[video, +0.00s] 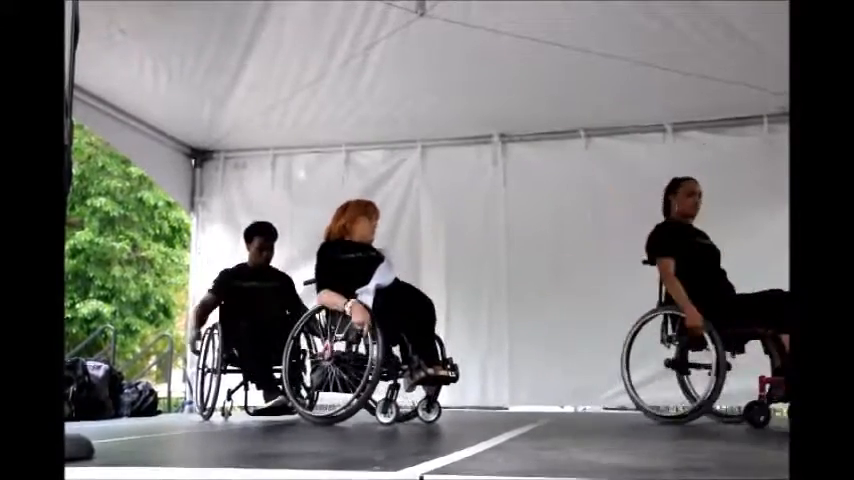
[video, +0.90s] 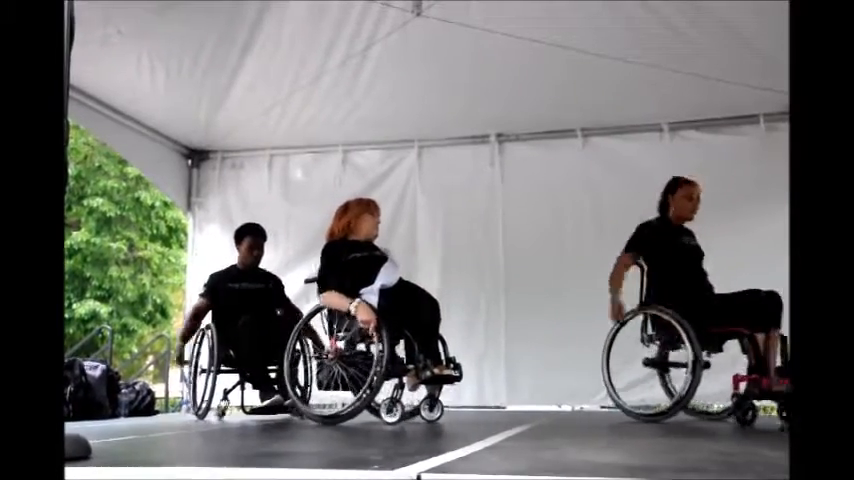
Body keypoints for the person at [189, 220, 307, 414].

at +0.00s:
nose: (266, 254)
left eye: (269, 249)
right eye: (261, 249)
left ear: (274, 249)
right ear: (248, 246)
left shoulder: (282, 280)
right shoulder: (230, 277)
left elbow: (300, 312)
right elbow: (206, 305)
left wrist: (321, 332)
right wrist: (195, 330)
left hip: (275, 340)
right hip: (242, 341)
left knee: (293, 338)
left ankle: (293, 394)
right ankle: (271, 393)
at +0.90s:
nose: (257, 253)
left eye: (260, 248)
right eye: (252, 248)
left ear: (264, 249)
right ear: (238, 247)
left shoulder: (271, 282)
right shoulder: (219, 280)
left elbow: (292, 314)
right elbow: (197, 314)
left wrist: (318, 343)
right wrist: (181, 344)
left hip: (267, 342)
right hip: (233, 345)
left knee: (288, 323)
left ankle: (287, 393)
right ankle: (268, 393)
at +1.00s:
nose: (258, 255)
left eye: (261, 249)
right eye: (252, 249)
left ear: (263, 250)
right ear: (238, 248)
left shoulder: (269, 282)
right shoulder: (218, 281)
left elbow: (295, 310)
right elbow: (191, 313)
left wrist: (323, 332)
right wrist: (163, 343)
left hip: (262, 343)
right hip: (230, 346)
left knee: (282, 324)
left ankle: (286, 392)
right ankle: (266, 393)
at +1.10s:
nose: (256, 255)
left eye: (259, 251)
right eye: (251, 250)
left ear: (263, 252)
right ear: (237, 248)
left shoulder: (268, 281)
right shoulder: (219, 281)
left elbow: (297, 301)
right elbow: (184, 307)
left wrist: (322, 302)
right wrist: (148, 328)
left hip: (262, 343)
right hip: (230, 347)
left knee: (282, 323)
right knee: (247, 327)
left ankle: (286, 389)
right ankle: (264, 392)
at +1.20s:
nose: (255, 257)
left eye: (258, 253)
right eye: (250, 252)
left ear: (261, 252)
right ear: (236, 250)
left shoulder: (268, 278)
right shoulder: (217, 278)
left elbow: (301, 287)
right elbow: (179, 291)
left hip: (261, 343)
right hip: (226, 347)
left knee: (280, 324)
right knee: (246, 328)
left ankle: (285, 390)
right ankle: (263, 392)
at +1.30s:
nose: (254, 258)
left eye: (257, 254)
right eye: (249, 253)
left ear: (260, 254)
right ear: (236, 250)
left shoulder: (266, 277)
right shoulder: (215, 278)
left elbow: (295, 282)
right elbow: (178, 285)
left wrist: (307, 255)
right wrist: (143, 268)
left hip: (259, 343)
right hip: (227, 345)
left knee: (277, 324)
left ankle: (282, 392)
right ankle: (261, 391)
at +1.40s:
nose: (251, 258)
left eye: (254, 253)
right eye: (246, 253)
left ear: (258, 253)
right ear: (233, 251)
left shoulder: (262, 279)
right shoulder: (215, 278)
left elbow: (292, 273)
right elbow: (177, 281)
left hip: (257, 342)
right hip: (225, 346)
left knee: (275, 325)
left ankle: (279, 391)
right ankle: (258, 392)